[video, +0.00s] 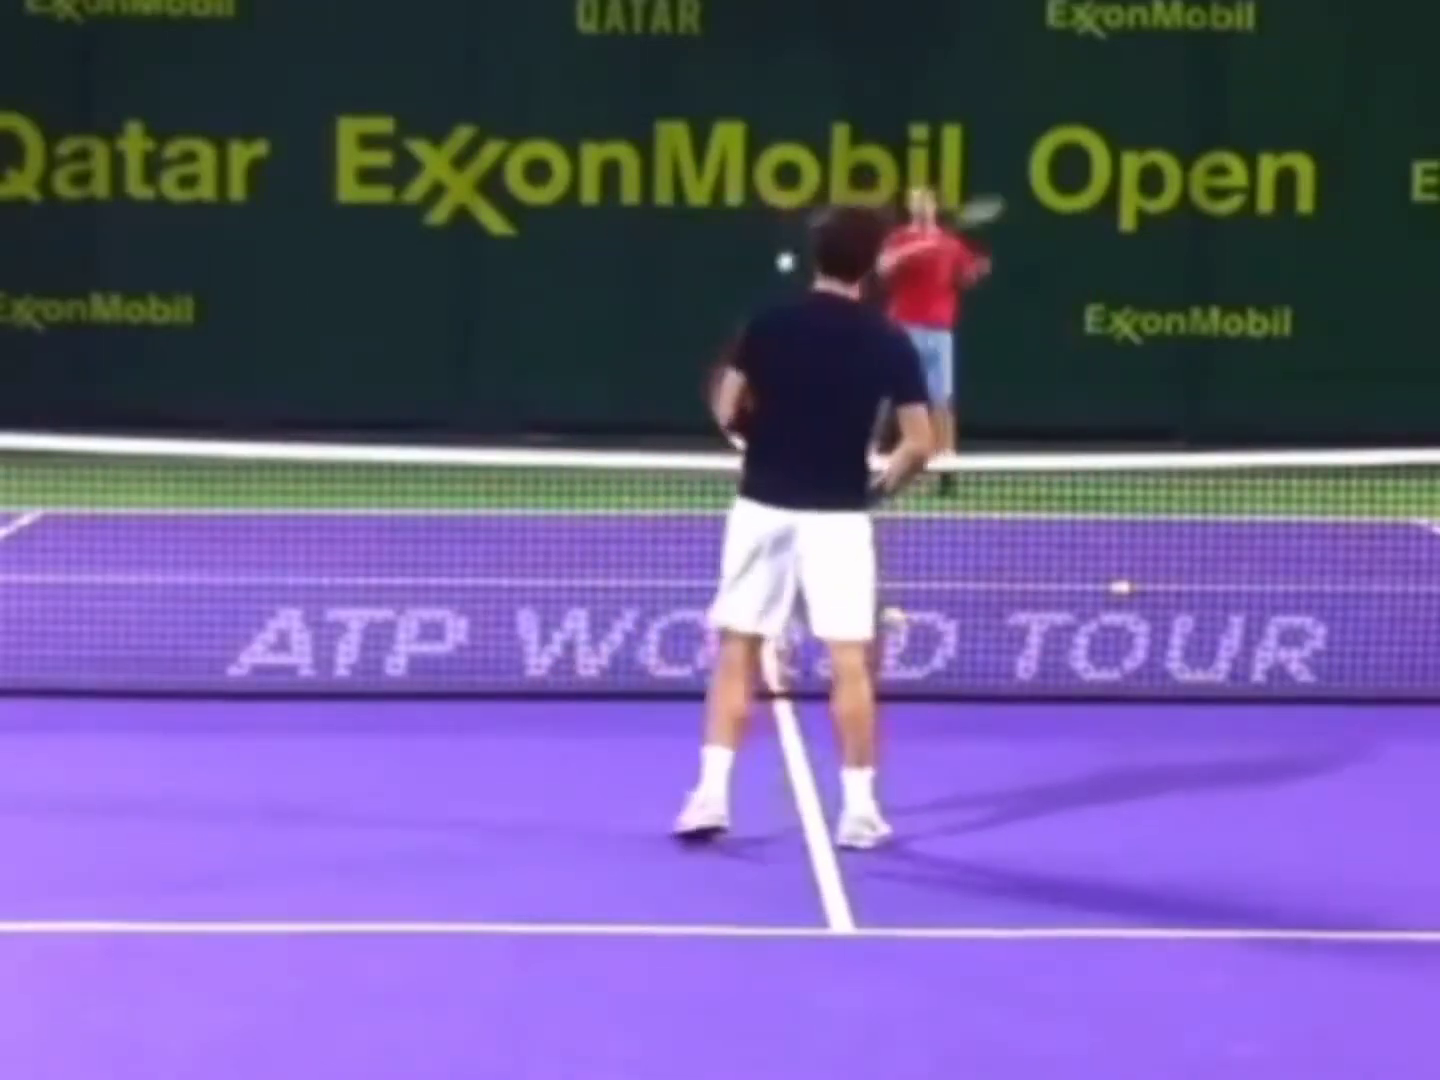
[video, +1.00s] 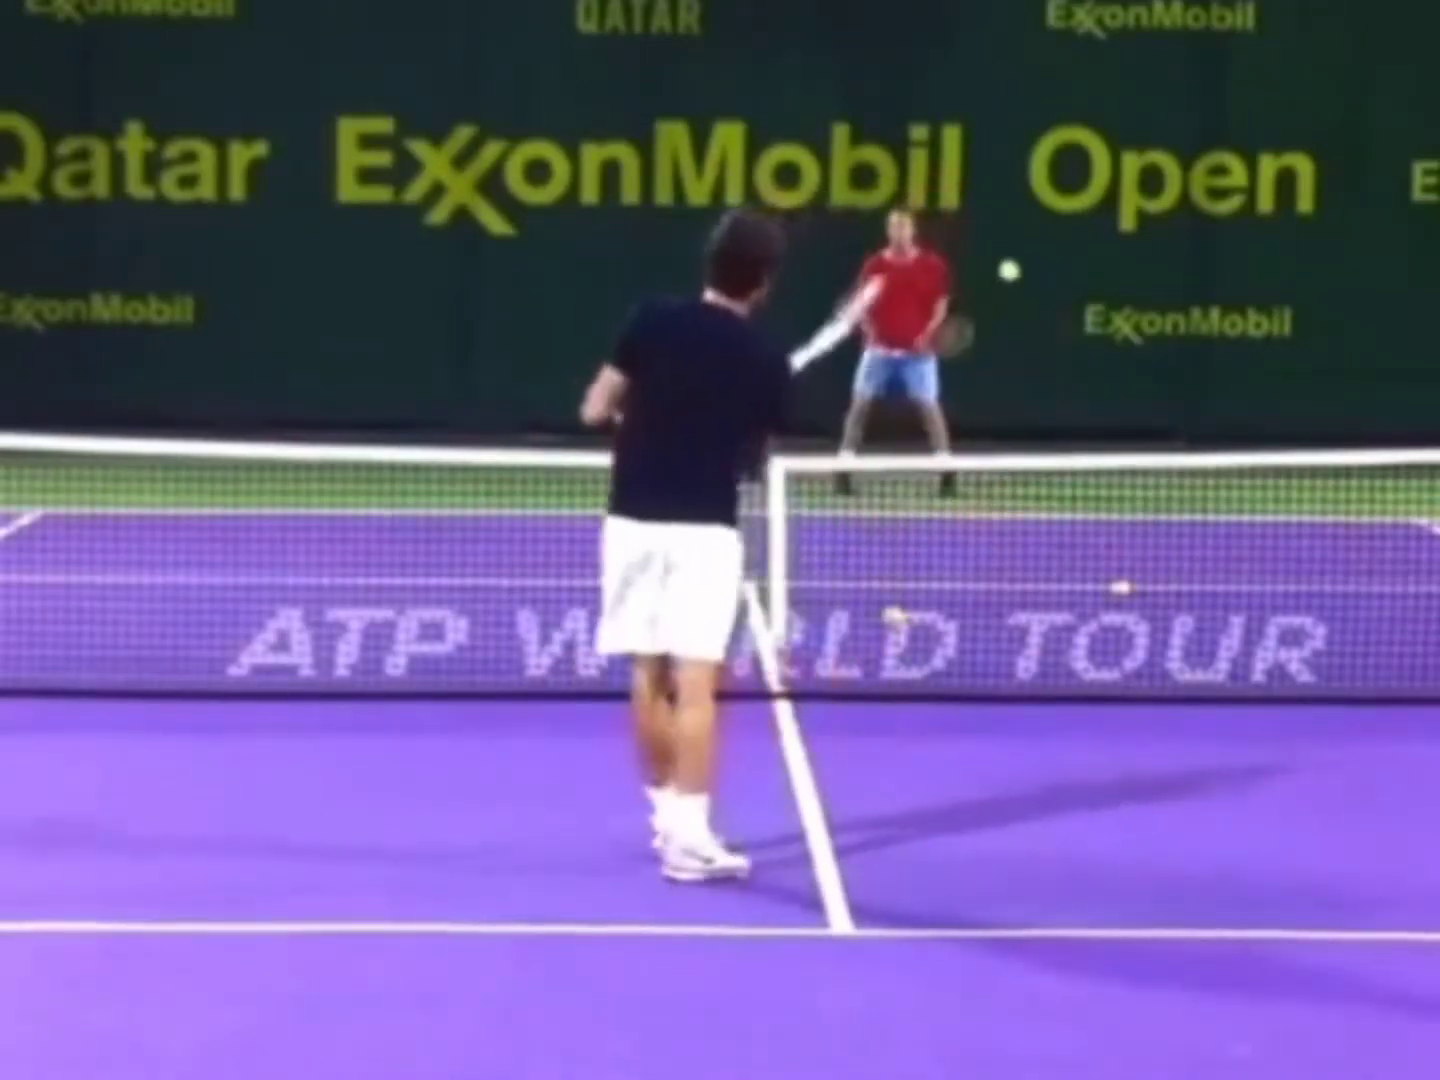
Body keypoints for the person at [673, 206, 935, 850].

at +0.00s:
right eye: (877, 264)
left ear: (814, 261)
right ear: (871, 269)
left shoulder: (771, 322)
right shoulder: (888, 343)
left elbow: (726, 405)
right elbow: (921, 441)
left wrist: (756, 436)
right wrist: (883, 472)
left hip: (762, 508)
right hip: (838, 517)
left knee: (737, 649)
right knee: (849, 660)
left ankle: (712, 790)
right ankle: (859, 805)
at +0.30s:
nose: (790, 281)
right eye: (795, 272)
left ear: (743, 273)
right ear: (799, 278)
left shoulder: (701, 334)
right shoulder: (807, 346)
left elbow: (658, 422)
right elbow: (836, 450)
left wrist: (709, 432)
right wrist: (857, 489)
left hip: (706, 522)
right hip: (783, 528)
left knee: (696, 668)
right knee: (820, 663)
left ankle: (682, 817)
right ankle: (855, 802)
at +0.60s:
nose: (777, 279)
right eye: (779, 270)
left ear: (722, 260)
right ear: (774, 274)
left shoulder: (666, 316)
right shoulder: (767, 341)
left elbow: (591, 389)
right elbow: (803, 441)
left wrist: (625, 446)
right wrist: (862, 487)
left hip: (657, 517)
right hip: (733, 523)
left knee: (664, 666)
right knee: (764, 662)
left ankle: (675, 815)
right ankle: (758, 810)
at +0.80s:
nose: (771, 281)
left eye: (765, 268)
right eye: (774, 272)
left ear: (714, 261)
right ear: (768, 277)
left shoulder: (659, 317)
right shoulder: (765, 348)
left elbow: (588, 389)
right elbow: (767, 446)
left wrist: (634, 424)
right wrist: (773, 453)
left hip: (646, 515)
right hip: (716, 522)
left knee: (659, 671)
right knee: (715, 672)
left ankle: (673, 813)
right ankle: (698, 812)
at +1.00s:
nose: (765, 287)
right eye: (767, 278)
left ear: (707, 268)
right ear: (764, 285)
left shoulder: (654, 323)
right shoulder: (765, 358)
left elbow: (596, 408)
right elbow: (763, 450)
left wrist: (652, 413)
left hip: (633, 523)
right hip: (707, 530)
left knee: (649, 676)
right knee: (697, 683)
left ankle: (665, 811)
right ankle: (690, 827)